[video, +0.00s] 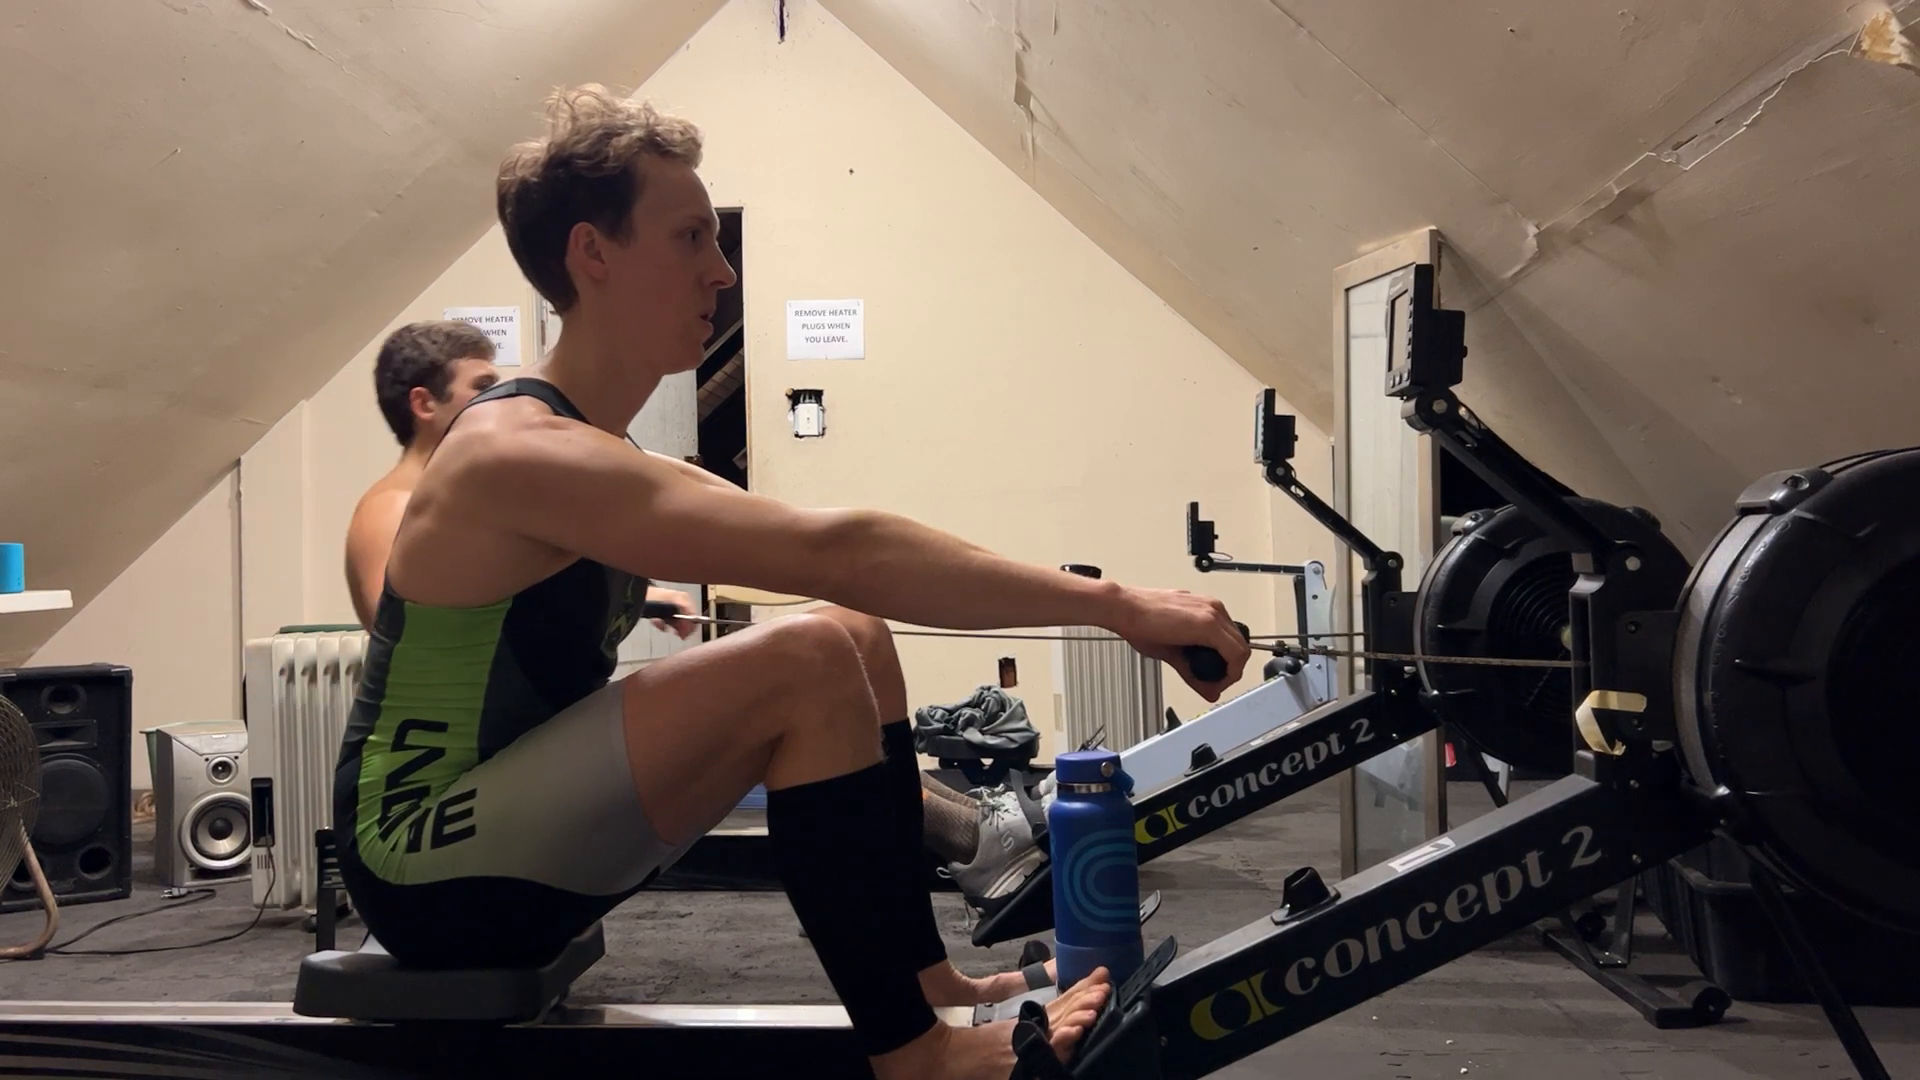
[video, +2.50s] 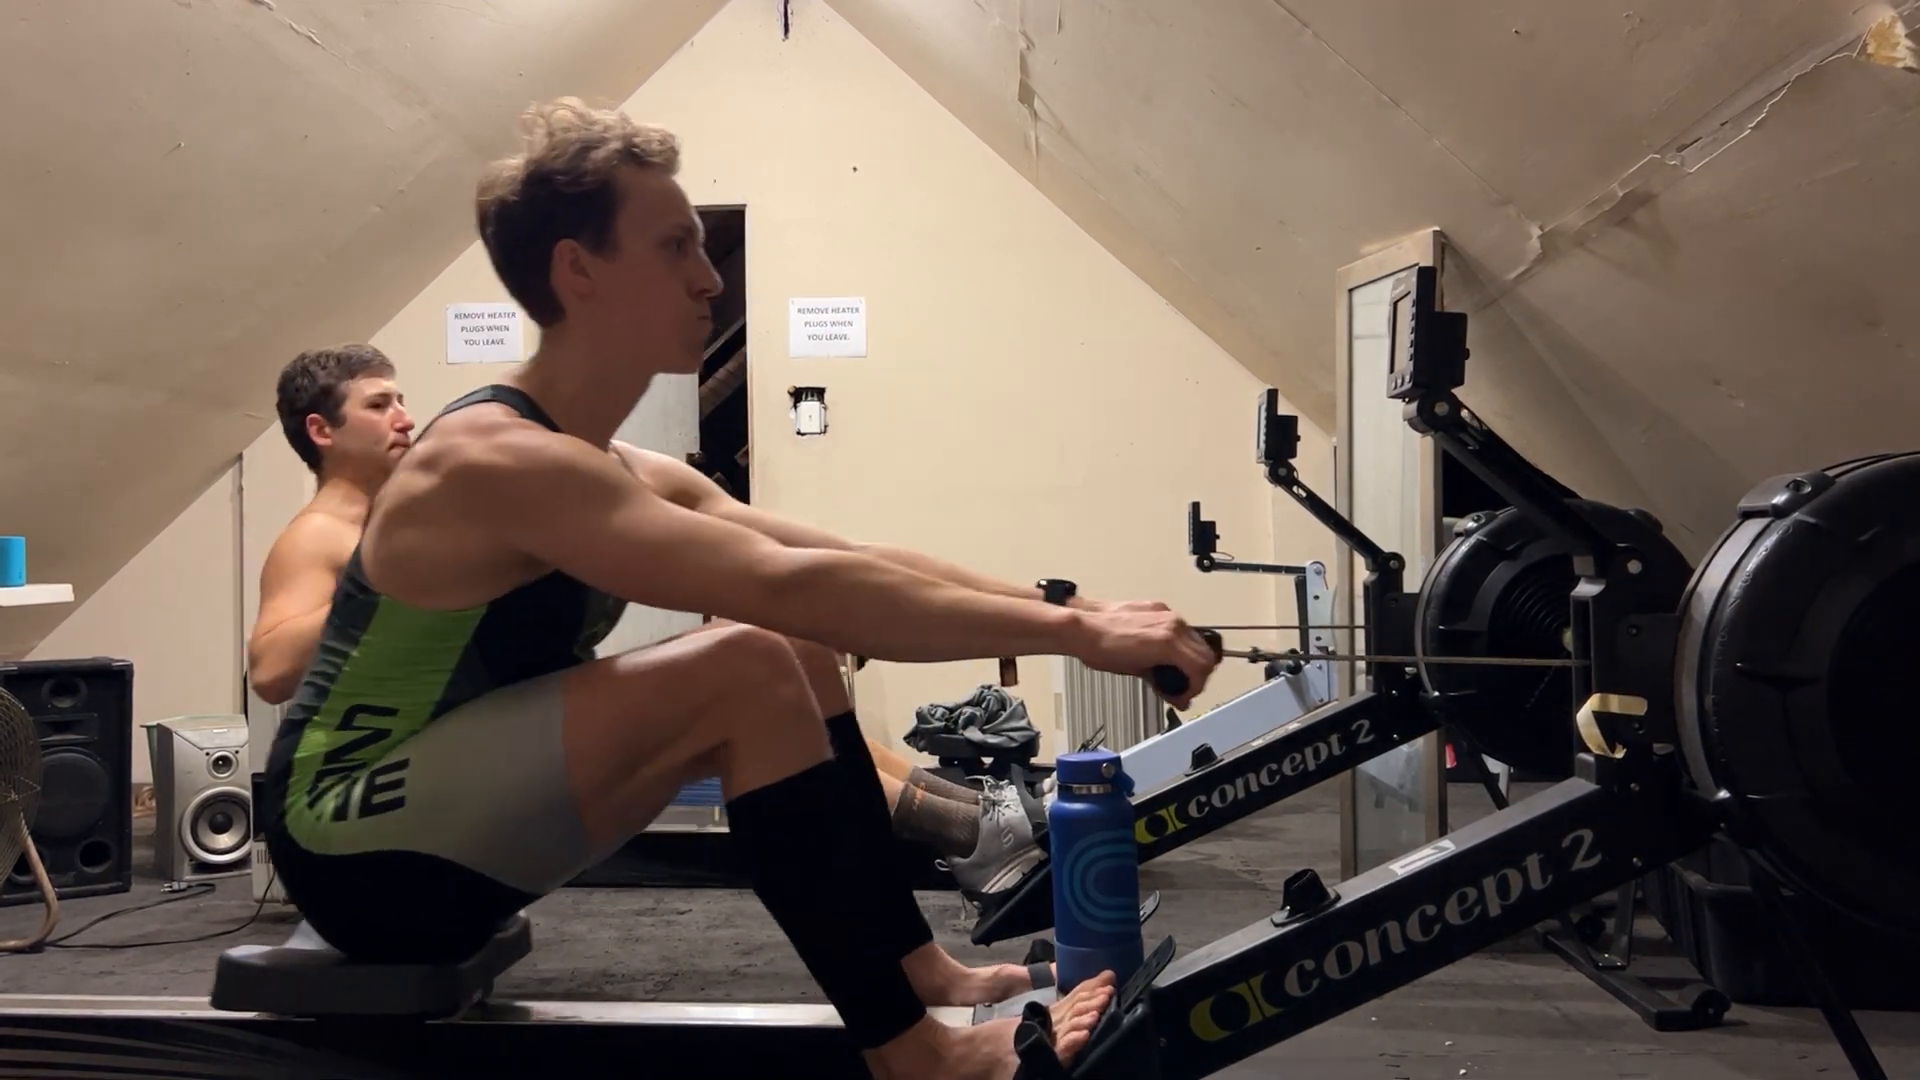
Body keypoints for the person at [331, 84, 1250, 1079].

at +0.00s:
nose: (722, 274)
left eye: (715, 243)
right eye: (693, 242)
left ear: (597, 262)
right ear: (590, 258)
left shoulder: (588, 452)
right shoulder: (519, 452)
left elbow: (833, 566)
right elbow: (830, 554)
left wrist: (1096, 603)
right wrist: (1115, 607)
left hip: (500, 826)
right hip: (433, 857)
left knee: (855, 644)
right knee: (807, 664)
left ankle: (926, 994)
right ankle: (901, 1047)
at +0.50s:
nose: (724, 273)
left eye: (717, 242)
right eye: (695, 242)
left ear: (599, 263)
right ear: (592, 259)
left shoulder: (594, 449)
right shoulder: (520, 449)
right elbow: (836, 556)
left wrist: (886, 609)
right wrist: (1118, 609)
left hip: (504, 827)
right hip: (433, 854)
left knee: (851, 650)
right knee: (808, 665)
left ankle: (927, 994)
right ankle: (901, 1047)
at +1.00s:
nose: (726, 271)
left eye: (719, 241)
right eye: (697, 240)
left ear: (605, 261)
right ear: (592, 258)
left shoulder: (600, 450)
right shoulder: (526, 447)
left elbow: (853, 532)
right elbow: (829, 550)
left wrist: (1109, 595)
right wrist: (1116, 607)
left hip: (500, 826)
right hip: (432, 851)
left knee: (854, 643)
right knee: (804, 660)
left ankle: (922, 990)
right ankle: (902, 1044)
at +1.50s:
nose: (743, 269)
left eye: (736, 238)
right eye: (717, 238)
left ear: (630, 261)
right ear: (610, 259)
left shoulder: (611, 454)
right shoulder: (537, 451)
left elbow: (870, 535)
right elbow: (839, 558)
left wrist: (1126, 599)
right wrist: (1126, 618)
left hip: (502, 825)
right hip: (434, 849)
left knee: (856, 645)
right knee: (802, 659)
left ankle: (922, 990)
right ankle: (901, 1041)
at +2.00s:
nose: (755, 273)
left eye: (745, 242)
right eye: (726, 242)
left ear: (643, 267)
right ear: (623, 263)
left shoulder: (618, 449)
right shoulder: (549, 453)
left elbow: (858, 564)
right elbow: (861, 555)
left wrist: (1119, 607)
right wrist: (1141, 615)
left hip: (511, 820)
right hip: (435, 848)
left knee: (862, 638)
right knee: (810, 661)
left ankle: (924, 993)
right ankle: (900, 1043)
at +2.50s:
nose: (713, 277)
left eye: (703, 246)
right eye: (678, 247)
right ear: (573, 271)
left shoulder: (613, 470)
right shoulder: (506, 464)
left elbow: (834, 570)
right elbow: (812, 601)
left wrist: (1066, 610)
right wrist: (1076, 633)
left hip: (439, 801)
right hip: (360, 830)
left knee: (801, 648)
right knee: (744, 677)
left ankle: (920, 977)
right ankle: (905, 1050)